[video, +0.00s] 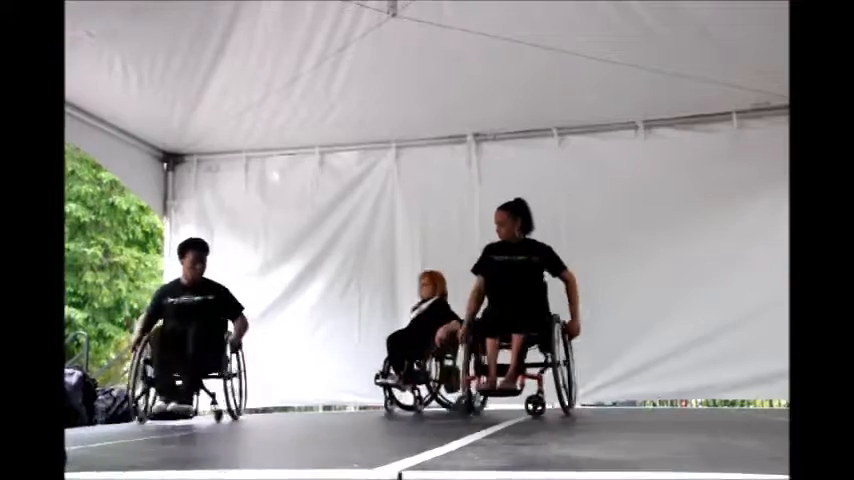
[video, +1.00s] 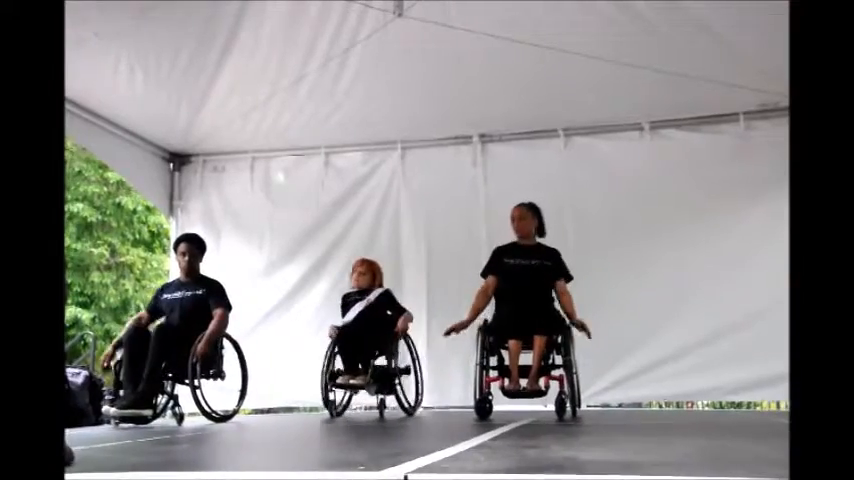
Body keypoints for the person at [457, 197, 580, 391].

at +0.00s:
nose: (497, 229)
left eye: (501, 225)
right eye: (496, 225)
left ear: (518, 224)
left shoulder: (539, 251)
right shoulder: (491, 251)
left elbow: (569, 279)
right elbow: (479, 289)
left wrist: (575, 320)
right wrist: (467, 323)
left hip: (532, 314)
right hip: (500, 315)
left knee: (520, 322)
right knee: (489, 320)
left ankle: (511, 378)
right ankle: (491, 378)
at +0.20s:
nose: (496, 229)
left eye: (500, 224)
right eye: (495, 224)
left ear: (517, 225)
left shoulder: (542, 252)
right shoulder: (492, 254)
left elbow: (568, 279)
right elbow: (481, 291)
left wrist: (570, 317)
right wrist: (471, 325)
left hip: (533, 312)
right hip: (503, 312)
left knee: (537, 322)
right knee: (504, 323)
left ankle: (525, 379)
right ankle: (504, 379)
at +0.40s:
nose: (498, 230)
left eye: (502, 225)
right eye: (497, 225)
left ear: (518, 225)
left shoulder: (544, 252)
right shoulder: (494, 255)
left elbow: (570, 278)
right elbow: (483, 290)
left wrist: (569, 315)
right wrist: (472, 323)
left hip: (535, 312)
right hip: (504, 312)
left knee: (539, 323)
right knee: (507, 325)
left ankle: (528, 378)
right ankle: (508, 378)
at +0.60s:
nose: (504, 227)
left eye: (508, 222)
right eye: (502, 223)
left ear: (525, 222)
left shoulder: (546, 252)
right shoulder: (496, 254)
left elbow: (575, 279)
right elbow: (483, 290)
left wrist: (572, 315)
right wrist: (472, 323)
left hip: (536, 312)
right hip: (505, 312)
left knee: (539, 322)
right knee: (507, 324)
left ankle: (528, 378)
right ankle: (508, 378)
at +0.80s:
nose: (510, 227)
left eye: (515, 222)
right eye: (508, 223)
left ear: (530, 222)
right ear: (506, 225)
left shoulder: (548, 255)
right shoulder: (499, 256)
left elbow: (571, 290)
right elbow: (486, 291)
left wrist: (577, 323)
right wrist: (473, 325)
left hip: (538, 312)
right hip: (508, 312)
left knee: (540, 324)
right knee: (509, 325)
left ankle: (531, 379)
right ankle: (511, 380)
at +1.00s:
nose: (516, 224)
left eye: (521, 219)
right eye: (513, 220)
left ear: (535, 222)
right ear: (510, 223)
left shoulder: (550, 254)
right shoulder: (501, 253)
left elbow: (561, 290)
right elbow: (487, 289)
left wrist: (573, 318)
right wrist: (469, 319)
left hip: (540, 311)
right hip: (510, 310)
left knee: (544, 321)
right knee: (513, 323)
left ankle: (534, 378)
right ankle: (514, 378)